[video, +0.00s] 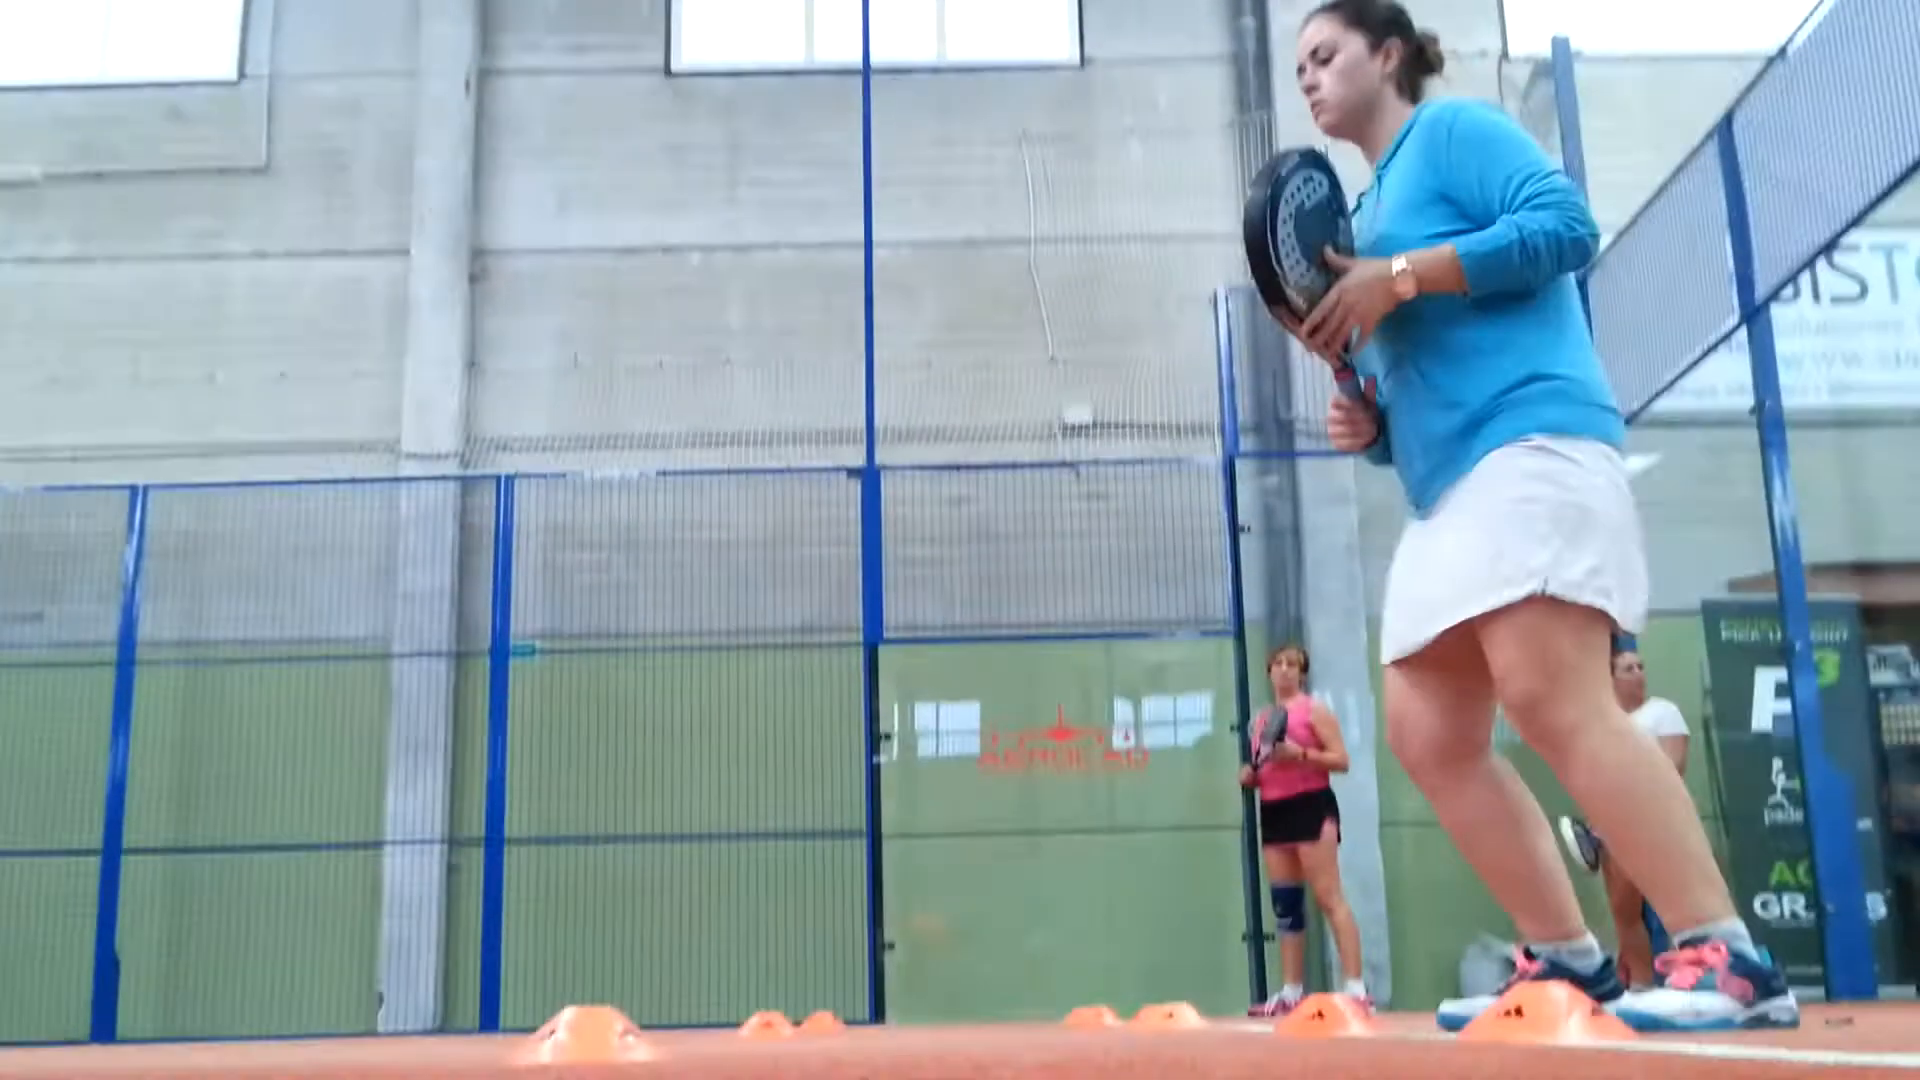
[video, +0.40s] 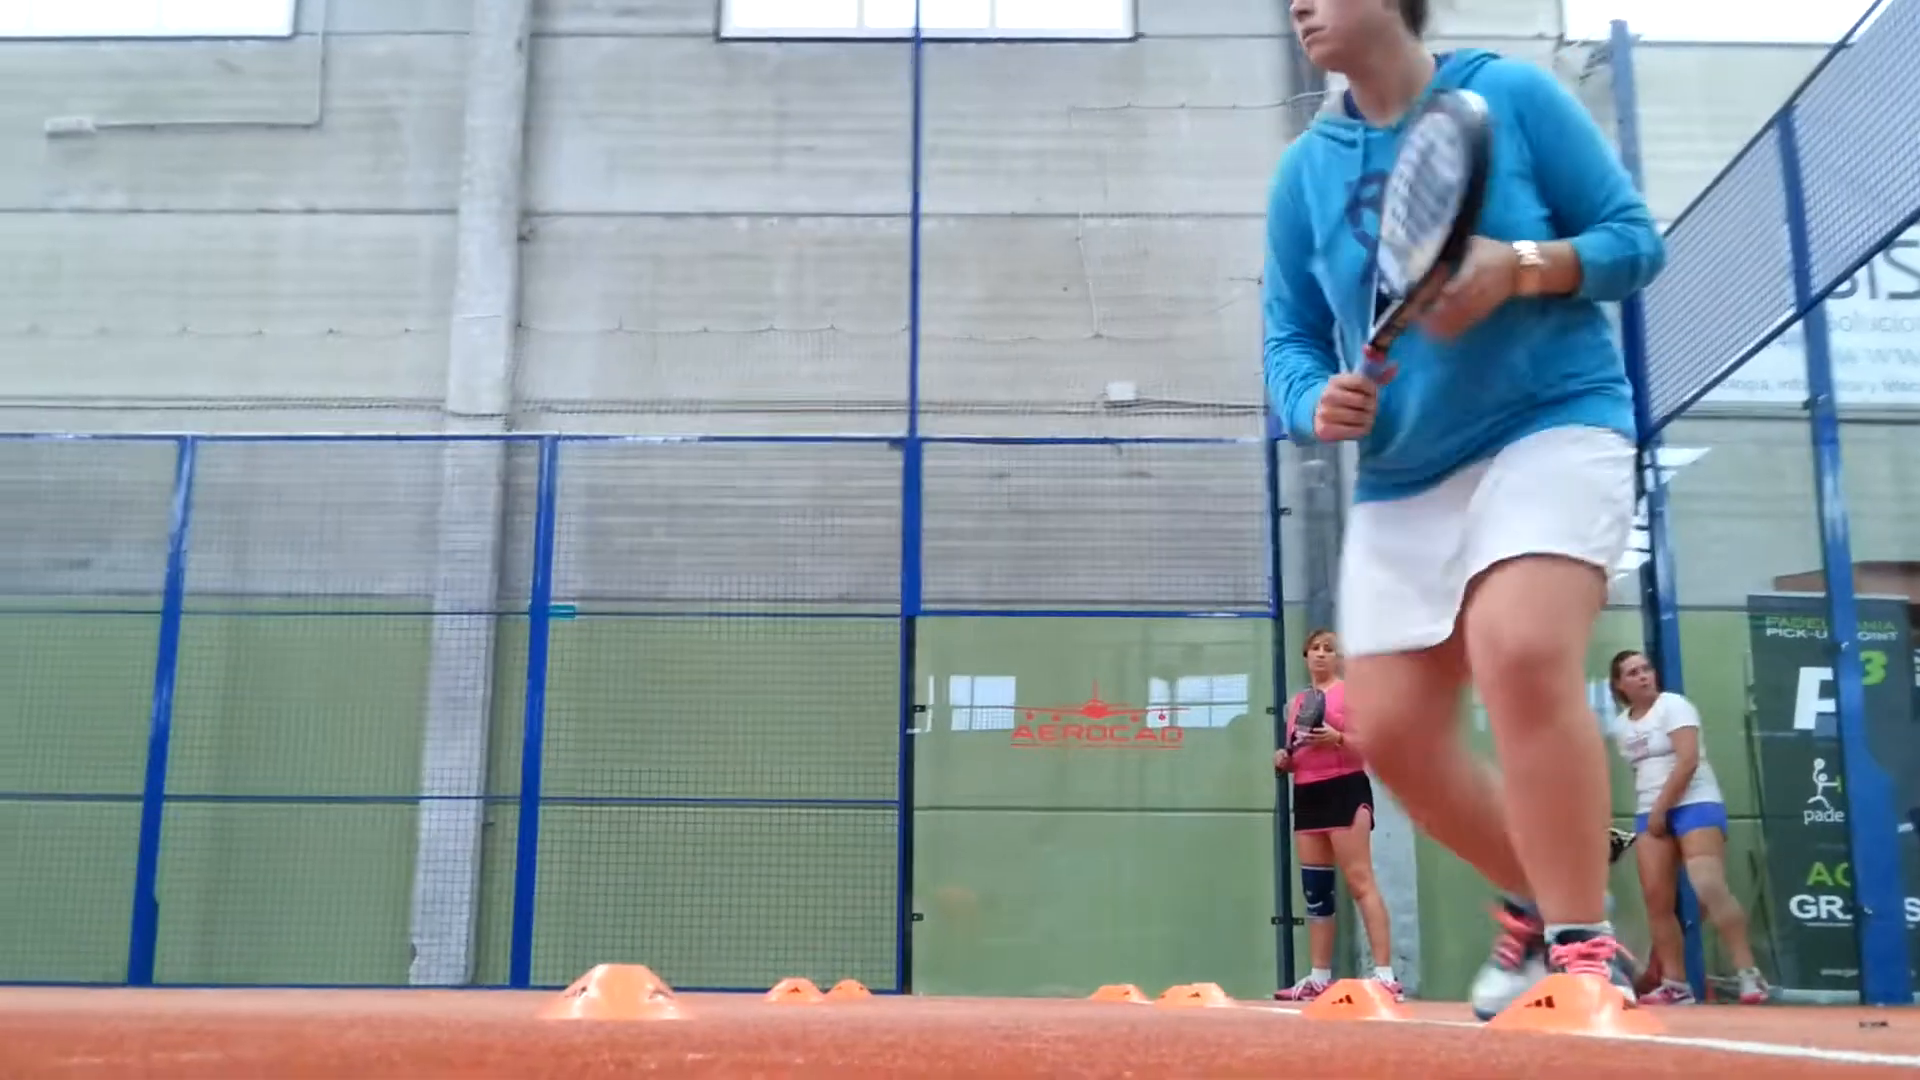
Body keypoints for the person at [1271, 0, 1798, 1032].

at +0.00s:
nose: (1306, 82)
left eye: (1323, 57)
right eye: (1302, 70)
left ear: (1390, 55)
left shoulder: (1456, 126)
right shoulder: (1367, 211)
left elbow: (1566, 226)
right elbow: (1427, 395)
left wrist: (1402, 277)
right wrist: (1371, 415)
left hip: (1537, 443)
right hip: (1447, 489)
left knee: (1556, 699)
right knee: (1431, 736)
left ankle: (1724, 958)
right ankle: (1567, 963)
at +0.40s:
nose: (1300, 9)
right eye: (1297, 2)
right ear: (1306, 27)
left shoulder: (1512, 96)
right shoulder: (1303, 174)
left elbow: (1637, 242)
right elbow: (1289, 344)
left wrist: (1520, 265)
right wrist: (1314, 403)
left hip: (1550, 425)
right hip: (1401, 476)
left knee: (1521, 651)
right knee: (1387, 731)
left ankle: (1587, 962)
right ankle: (1543, 901)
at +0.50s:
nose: (1254, 27)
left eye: (1278, 5)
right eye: (1247, 13)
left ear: (1358, 9)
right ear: (1252, 38)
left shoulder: (1475, 112)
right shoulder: (1268, 193)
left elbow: (1622, 235)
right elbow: (1229, 379)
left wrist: (1555, 277)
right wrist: (1260, 438)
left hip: (1529, 449)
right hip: (1368, 481)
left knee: (1527, 670)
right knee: (1288, 676)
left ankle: (1581, 965)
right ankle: (1420, 895)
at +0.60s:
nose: (1181, 49)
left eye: (1202, 21)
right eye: (1172, 34)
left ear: (1282, 15)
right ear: (1177, 54)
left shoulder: (1420, 108)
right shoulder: (1209, 214)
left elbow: (1574, 207)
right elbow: (1147, 401)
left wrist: (1587, 256)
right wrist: (1164, 494)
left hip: (1503, 441)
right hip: (1346, 469)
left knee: (1516, 673)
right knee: (1237, 597)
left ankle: (1581, 969)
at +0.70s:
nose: (1100, 92)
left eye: (1116, 52)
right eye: (1087, 71)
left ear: (1202, 34)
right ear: (1093, 85)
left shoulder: (1348, 122)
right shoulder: (1133, 252)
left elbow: (1509, 187)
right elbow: (1070, 430)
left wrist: (1606, 248)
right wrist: (1039, 590)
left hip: (1447, 437)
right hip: (1282, 466)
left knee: (1496, 683)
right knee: (1187, 673)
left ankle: (1574, 966)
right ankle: (1045, 958)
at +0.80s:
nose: (1026, 139)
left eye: (1041, 102)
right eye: (1012, 120)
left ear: (1129, 77)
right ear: (1025, 133)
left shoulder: (1284, 145)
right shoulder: (1074, 295)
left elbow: (1456, 181)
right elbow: (999, 487)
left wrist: (1615, 237)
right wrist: (924, 682)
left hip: (1378, 445)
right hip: (1210, 461)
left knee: (1460, 690)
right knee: (1131, 649)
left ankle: (1549, 955)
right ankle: (1042, 956)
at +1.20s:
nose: (1004, 85)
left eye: (1026, 48)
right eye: (995, 67)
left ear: (1119, 46)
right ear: (1007, 101)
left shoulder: (1273, 128)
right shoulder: (1050, 277)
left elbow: (1451, 171)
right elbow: (980, 470)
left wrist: (1620, 210)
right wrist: (887, 667)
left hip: (1389, 434)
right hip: (1211, 465)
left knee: (1525, 623)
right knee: (1126, 647)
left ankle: (1624, 877)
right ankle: (1046, 969)